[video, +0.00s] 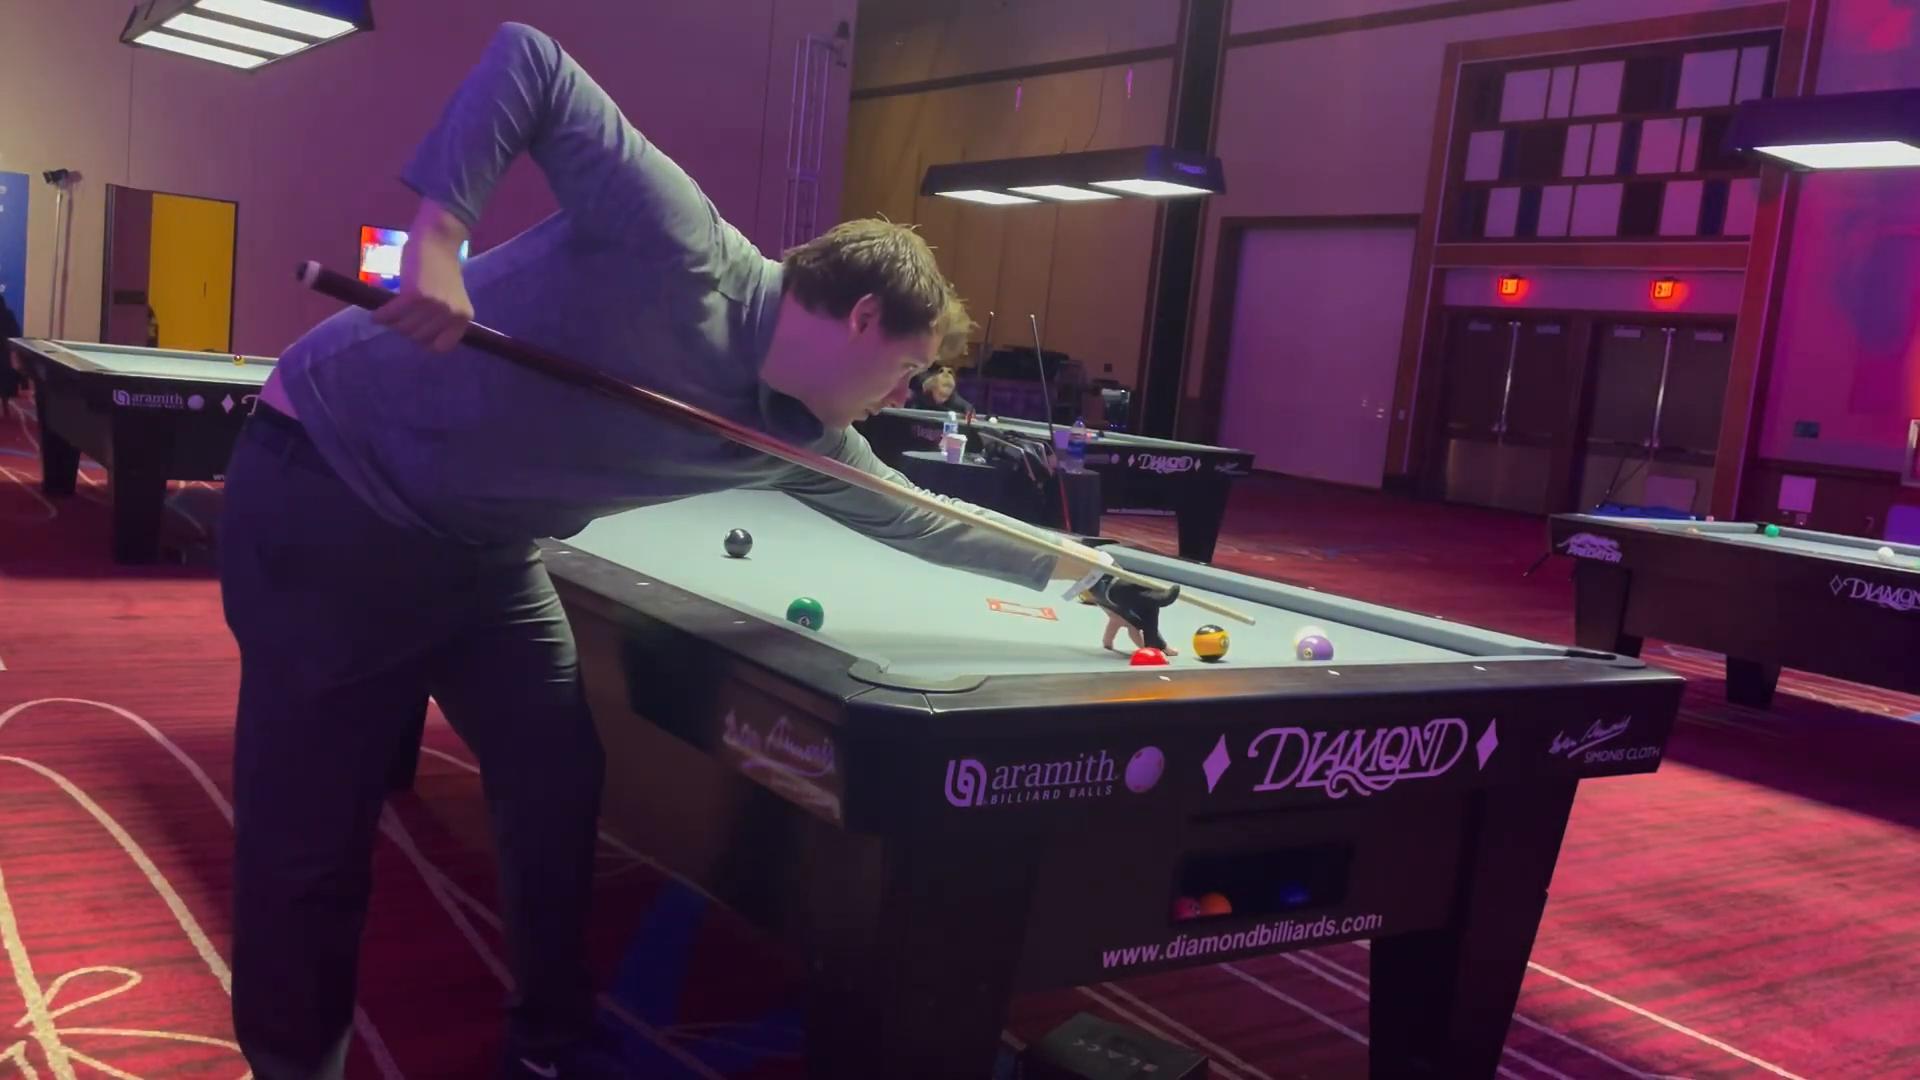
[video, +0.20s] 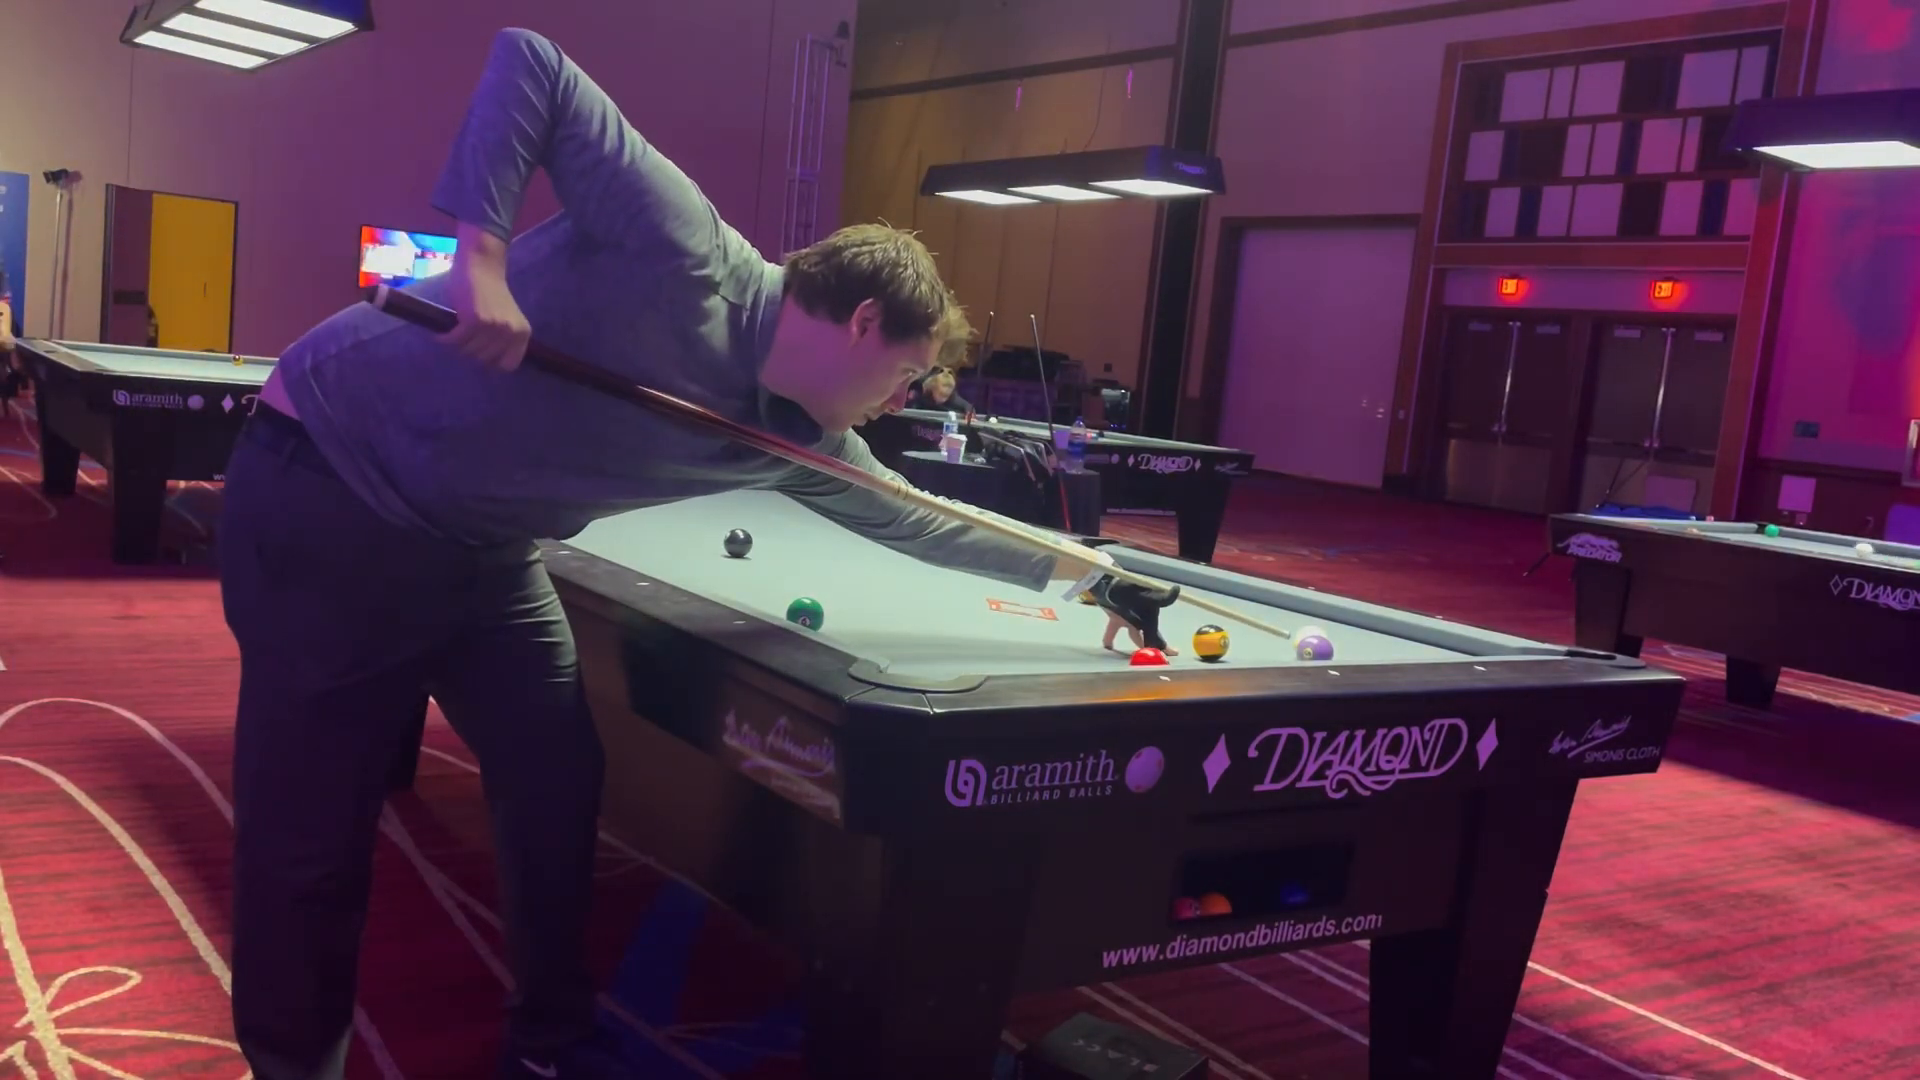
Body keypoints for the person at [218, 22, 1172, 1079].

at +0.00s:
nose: (900, 401)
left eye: (915, 381)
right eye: (910, 371)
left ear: (854, 330)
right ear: (863, 321)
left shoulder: (790, 428)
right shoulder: (676, 237)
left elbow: (914, 518)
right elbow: (527, 64)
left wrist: (1066, 561)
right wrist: (434, 238)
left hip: (487, 537)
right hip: (332, 483)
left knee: (555, 766)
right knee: (310, 826)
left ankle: (549, 1033)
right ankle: (293, 1060)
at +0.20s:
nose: (899, 407)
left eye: (914, 387)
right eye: (909, 377)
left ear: (854, 334)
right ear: (863, 325)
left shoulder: (789, 433)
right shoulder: (679, 239)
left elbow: (916, 520)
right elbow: (528, 64)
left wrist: (1069, 560)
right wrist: (477, 254)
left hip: (484, 531)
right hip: (331, 478)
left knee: (554, 759)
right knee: (310, 823)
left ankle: (550, 1032)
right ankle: (293, 1060)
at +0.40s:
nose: (893, 412)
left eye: (909, 393)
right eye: (905, 383)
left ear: (853, 336)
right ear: (862, 328)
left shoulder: (785, 432)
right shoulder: (678, 239)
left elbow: (910, 519)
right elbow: (531, 67)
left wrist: (1066, 560)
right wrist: (476, 256)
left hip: (484, 528)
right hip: (329, 476)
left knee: (553, 757)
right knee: (311, 818)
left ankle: (548, 1031)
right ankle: (292, 1055)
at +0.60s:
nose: (893, 414)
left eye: (909, 396)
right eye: (904, 385)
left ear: (853, 337)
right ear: (861, 328)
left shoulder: (783, 434)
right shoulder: (680, 245)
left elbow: (910, 520)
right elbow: (532, 69)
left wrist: (1064, 561)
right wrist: (477, 254)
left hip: (481, 529)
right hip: (329, 478)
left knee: (554, 758)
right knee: (310, 824)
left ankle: (549, 1031)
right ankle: (292, 1057)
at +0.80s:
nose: (890, 417)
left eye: (907, 399)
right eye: (903, 387)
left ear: (853, 339)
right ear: (861, 330)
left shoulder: (783, 435)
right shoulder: (681, 246)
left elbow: (913, 522)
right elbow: (532, 69)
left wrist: (1067, 562)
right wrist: (471, 254)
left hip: (482, 529)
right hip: (330, 477)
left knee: (552, 759)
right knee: (311, 823)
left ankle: (549, 1031)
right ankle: (293, 1058)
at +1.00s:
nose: (892, 423)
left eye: (909, 405)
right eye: (903, 393)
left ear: (852, 344)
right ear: (857, 334)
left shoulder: (787, 436)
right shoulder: (678, 241)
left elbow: (912, 525)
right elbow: (535, 68)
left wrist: (1068, 561)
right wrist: (437, 239)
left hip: (482, 532)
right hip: (329, 478)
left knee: (553, 761)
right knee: (310, 827)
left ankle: (547, 1031)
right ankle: (293, 1056)